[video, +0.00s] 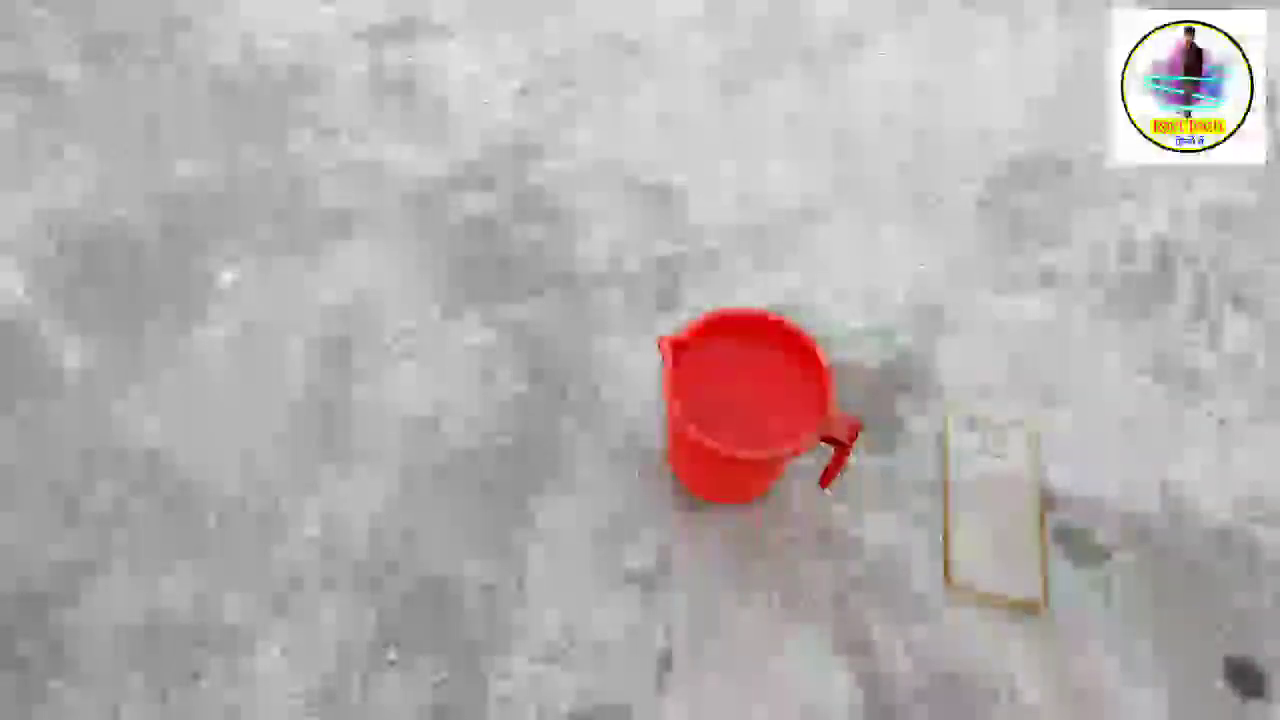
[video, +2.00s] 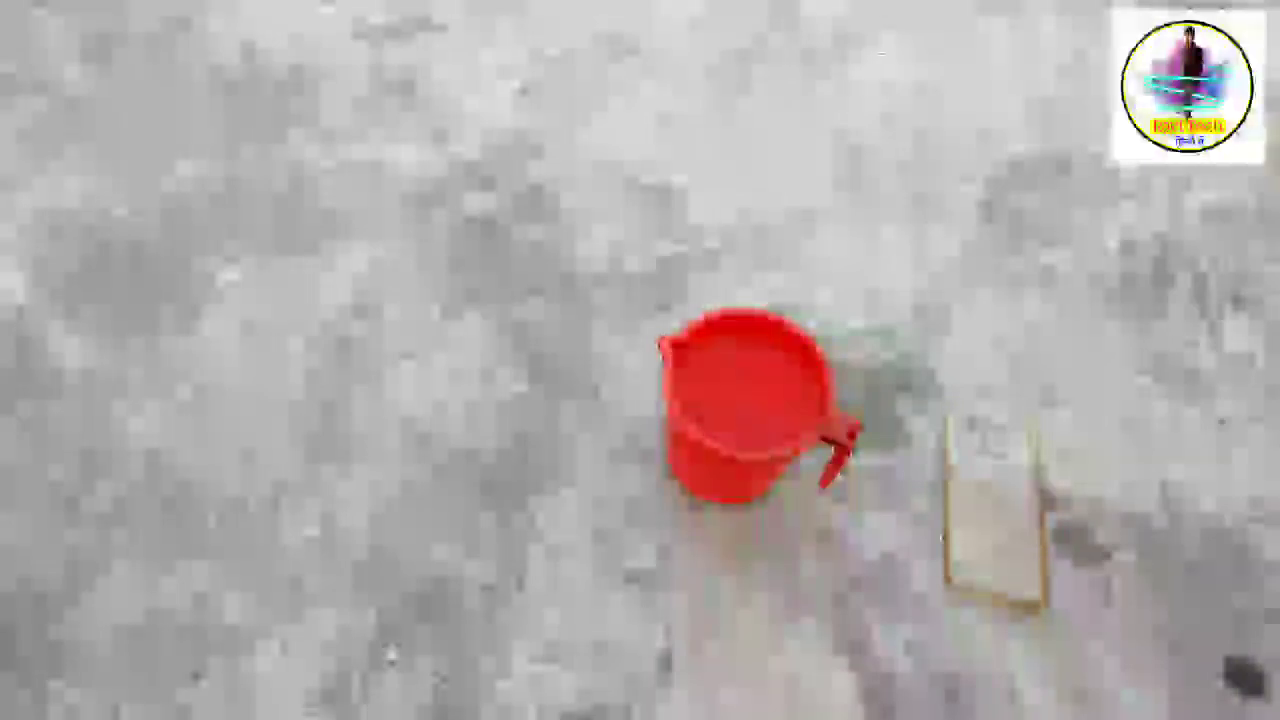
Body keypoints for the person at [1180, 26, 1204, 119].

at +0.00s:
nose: (1188, 38)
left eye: (1190, 35)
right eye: (1187, 35)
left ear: (1193, 36)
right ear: (1184, 36)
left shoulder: (1197, 50)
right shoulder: (1181, 49)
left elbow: (1199, 66)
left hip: (1193, 76)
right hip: (1182, 75)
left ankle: (1188, 113)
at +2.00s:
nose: (1189, 38)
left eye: (1191, 35)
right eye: (1187, 35)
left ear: (1194, 36)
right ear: (1184, 36)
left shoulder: (1198, 50)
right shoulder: (1182, 50)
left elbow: (1200, 64)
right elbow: (1177, 62)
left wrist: (1198, 74)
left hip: (1194, 75)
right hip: (1184, 74)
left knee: (1191, 93)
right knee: (1185, 93)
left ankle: (1189, 111)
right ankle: (1186, 111)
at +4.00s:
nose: (1188, 38)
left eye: (1190, 36)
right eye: (1187, 35)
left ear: (1193, 36)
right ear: (1184, 36)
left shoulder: (1197, 49)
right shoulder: (1181, 49)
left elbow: (1199, 63)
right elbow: (1175, 61)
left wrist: (1197, 73)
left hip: (1193, 74)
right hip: (1183, 73)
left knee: (1191, 92)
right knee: (1185, 92)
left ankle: (1189, 111)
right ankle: (1186, 111)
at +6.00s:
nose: (1187, 37)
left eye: (1189, 35)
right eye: (1185, 35)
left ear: (1193, 36)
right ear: (1183, 36)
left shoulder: (1197, 50)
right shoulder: (1183, 48)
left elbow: (1198, 67)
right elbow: (1182, 62)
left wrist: (1194, 81)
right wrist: (1181, 72)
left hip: (1190, 76)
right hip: (1183, 75)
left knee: (1187, 97)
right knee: (1185, 96)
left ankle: (1188, 116)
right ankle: (1186, 113)